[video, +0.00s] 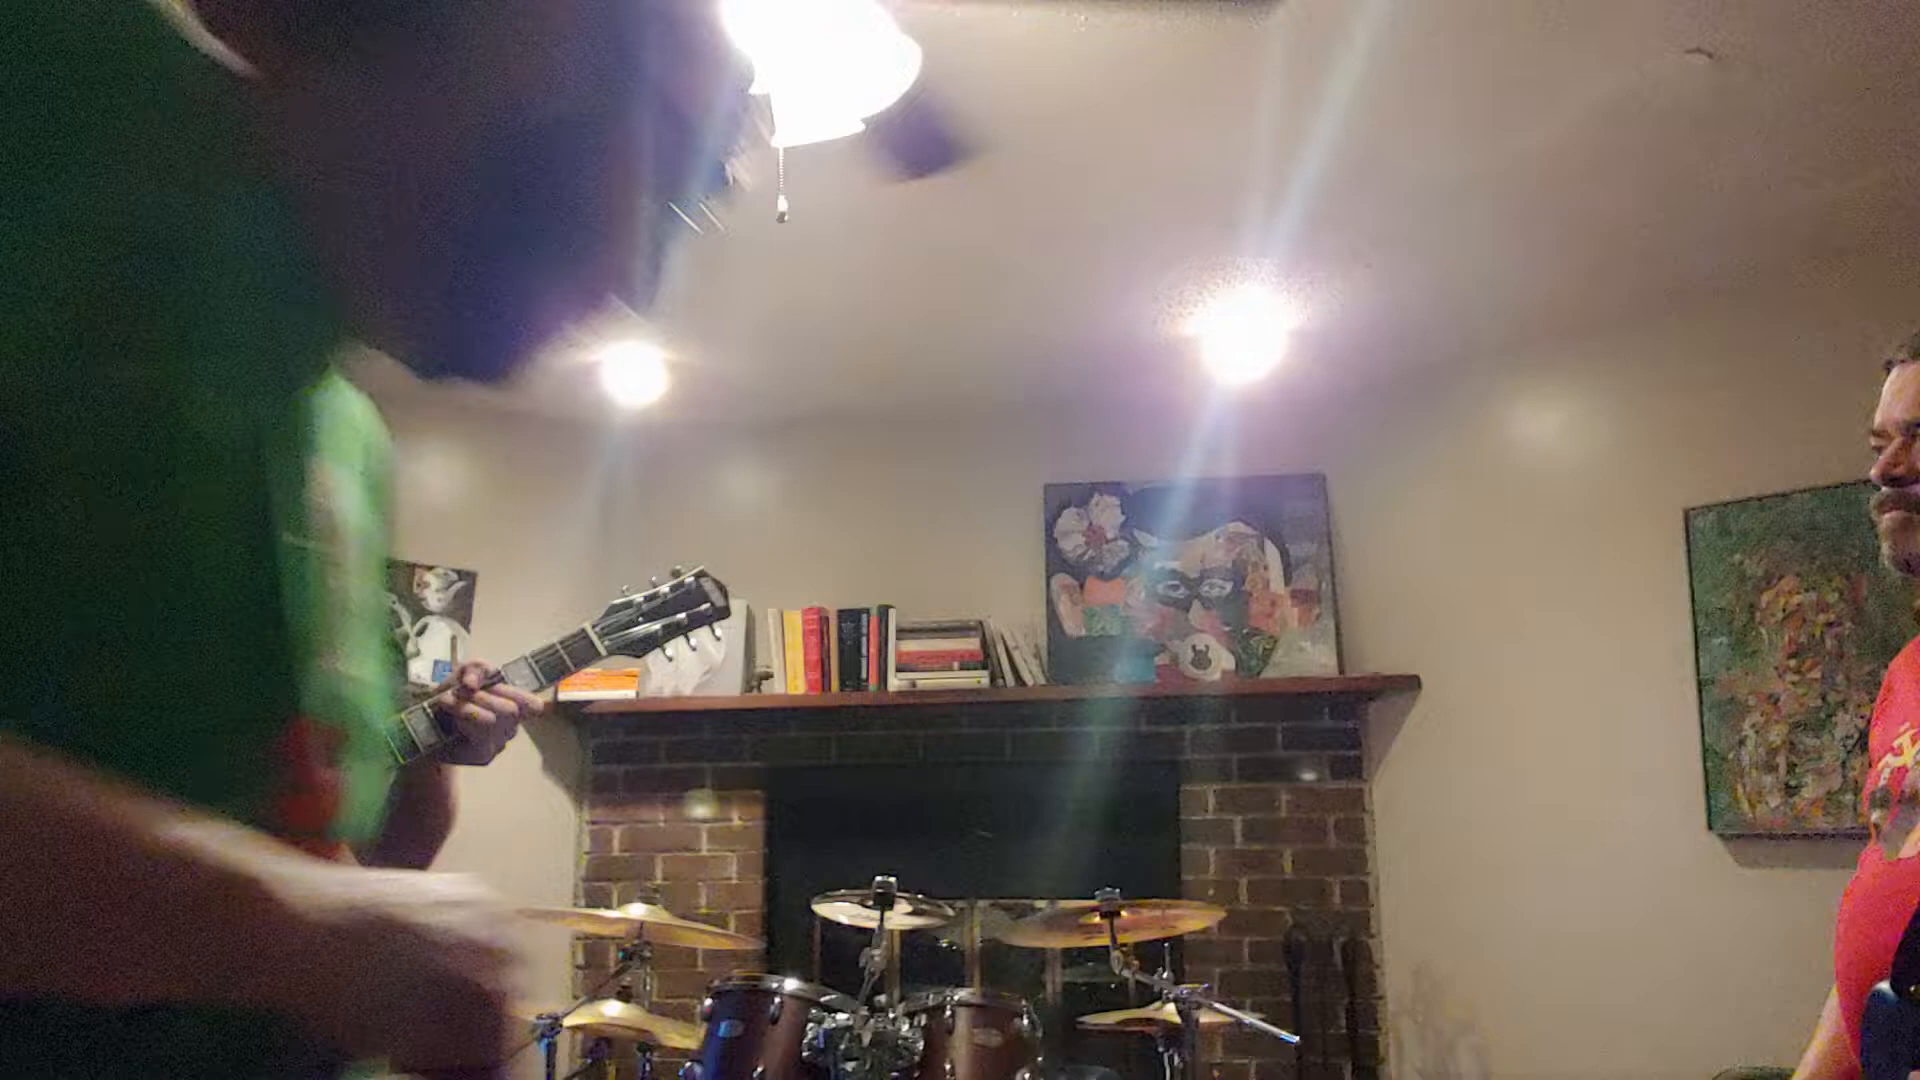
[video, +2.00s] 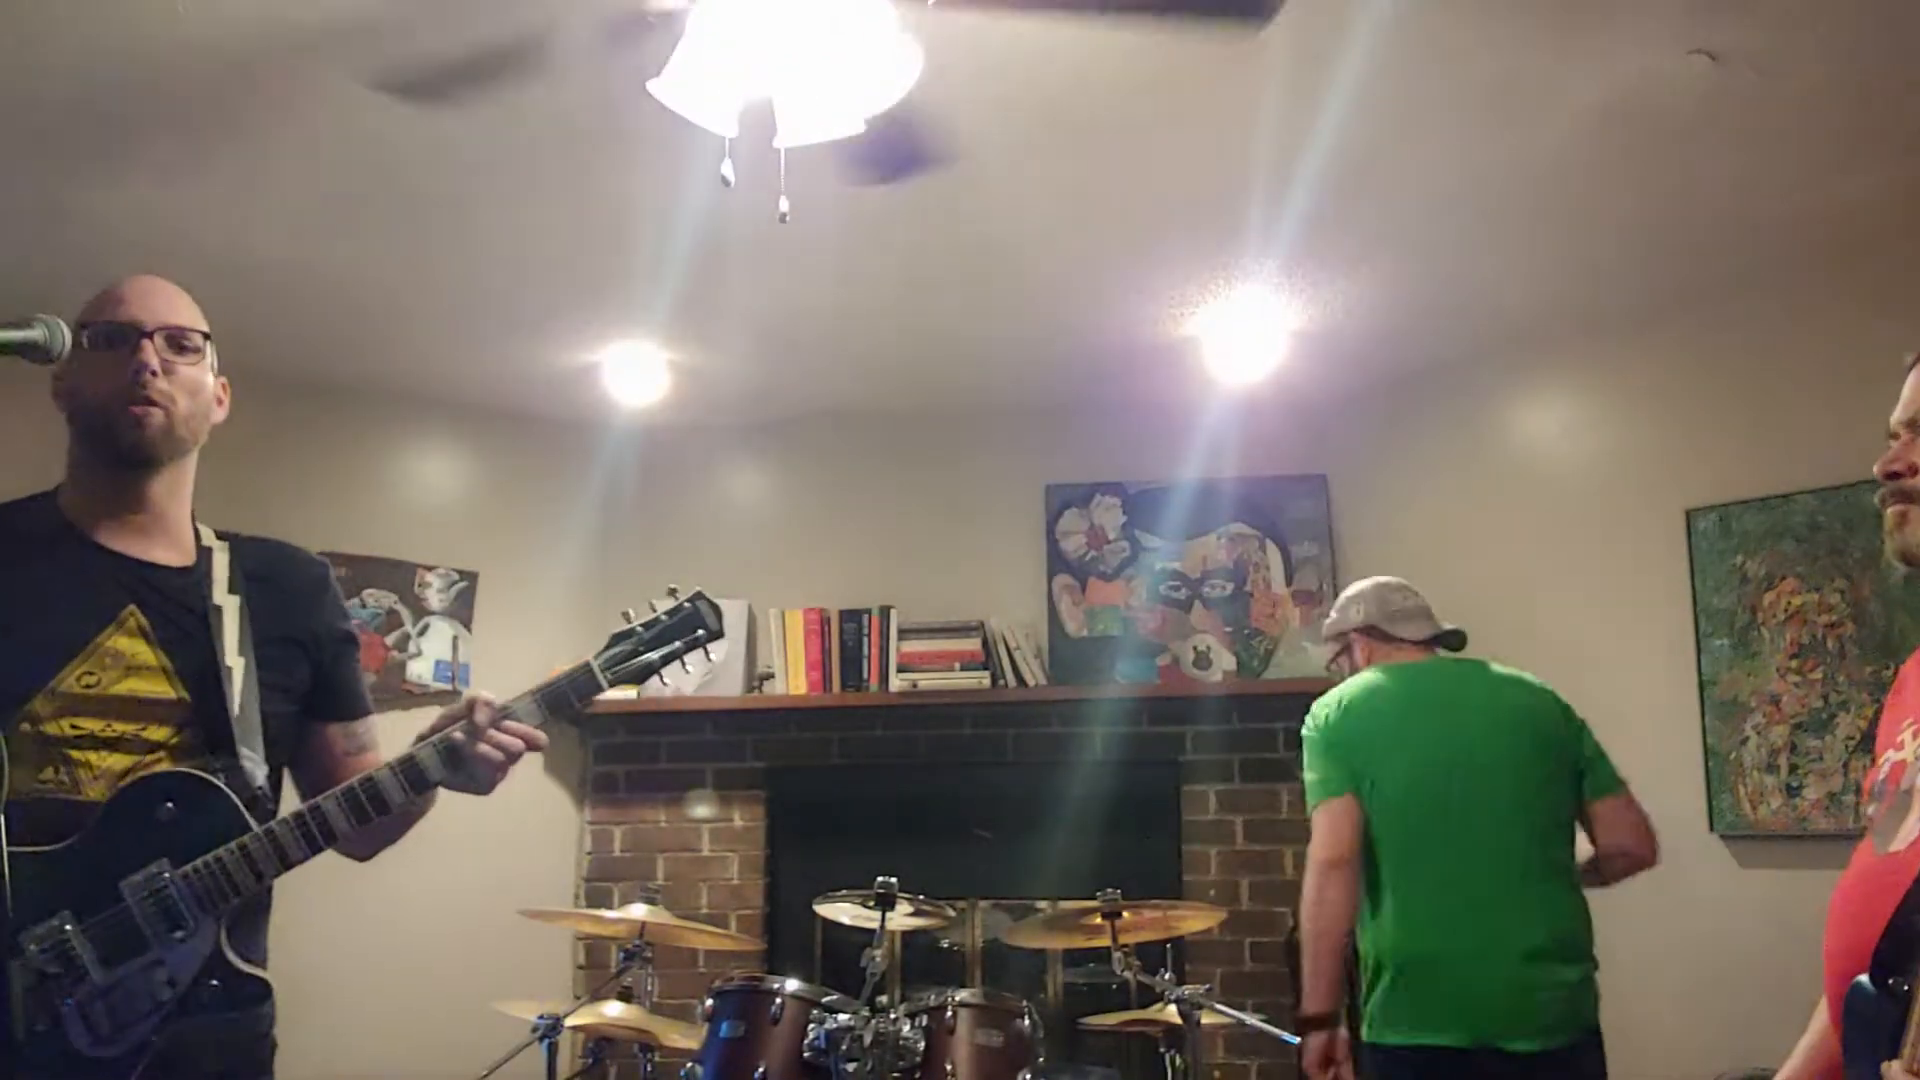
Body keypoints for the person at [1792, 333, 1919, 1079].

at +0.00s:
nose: (1887, 468)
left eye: (1914, 437)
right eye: (1880, 442)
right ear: (1871, 452)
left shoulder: (1907, 671)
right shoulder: (1904, 674)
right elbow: (1882, 900)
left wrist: (1829, 1057)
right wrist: (1818, 1063)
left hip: (1903, 1046)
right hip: (1870, 1041)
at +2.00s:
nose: (1889, 463)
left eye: (1913, 433)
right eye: (1892, 437)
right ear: (1887, 452)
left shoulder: (1909, 679)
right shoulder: (1909, 679)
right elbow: (1878, 903)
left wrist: (1808, 1059)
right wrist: (1804, 1064)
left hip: (1899, 1053)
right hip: (1863, 1049)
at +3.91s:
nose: (1869, 462)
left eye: (1903, 434)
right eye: (1875, 437)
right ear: (1874, 450)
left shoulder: (1907, 675)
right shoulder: (1904, 678)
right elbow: (1880, 894)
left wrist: (1824, 1058)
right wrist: (1817, 1063)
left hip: (1903, 1049)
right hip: (1864, 1046)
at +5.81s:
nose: (1827, 533)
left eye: (1843, 494)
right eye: (1829, 502)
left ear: (1915, 476)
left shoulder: (1907, 686)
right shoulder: (1901, 686)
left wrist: (1890, 1054)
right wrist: (1812, 1064)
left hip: (1901, 1055)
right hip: (1861, 1047)